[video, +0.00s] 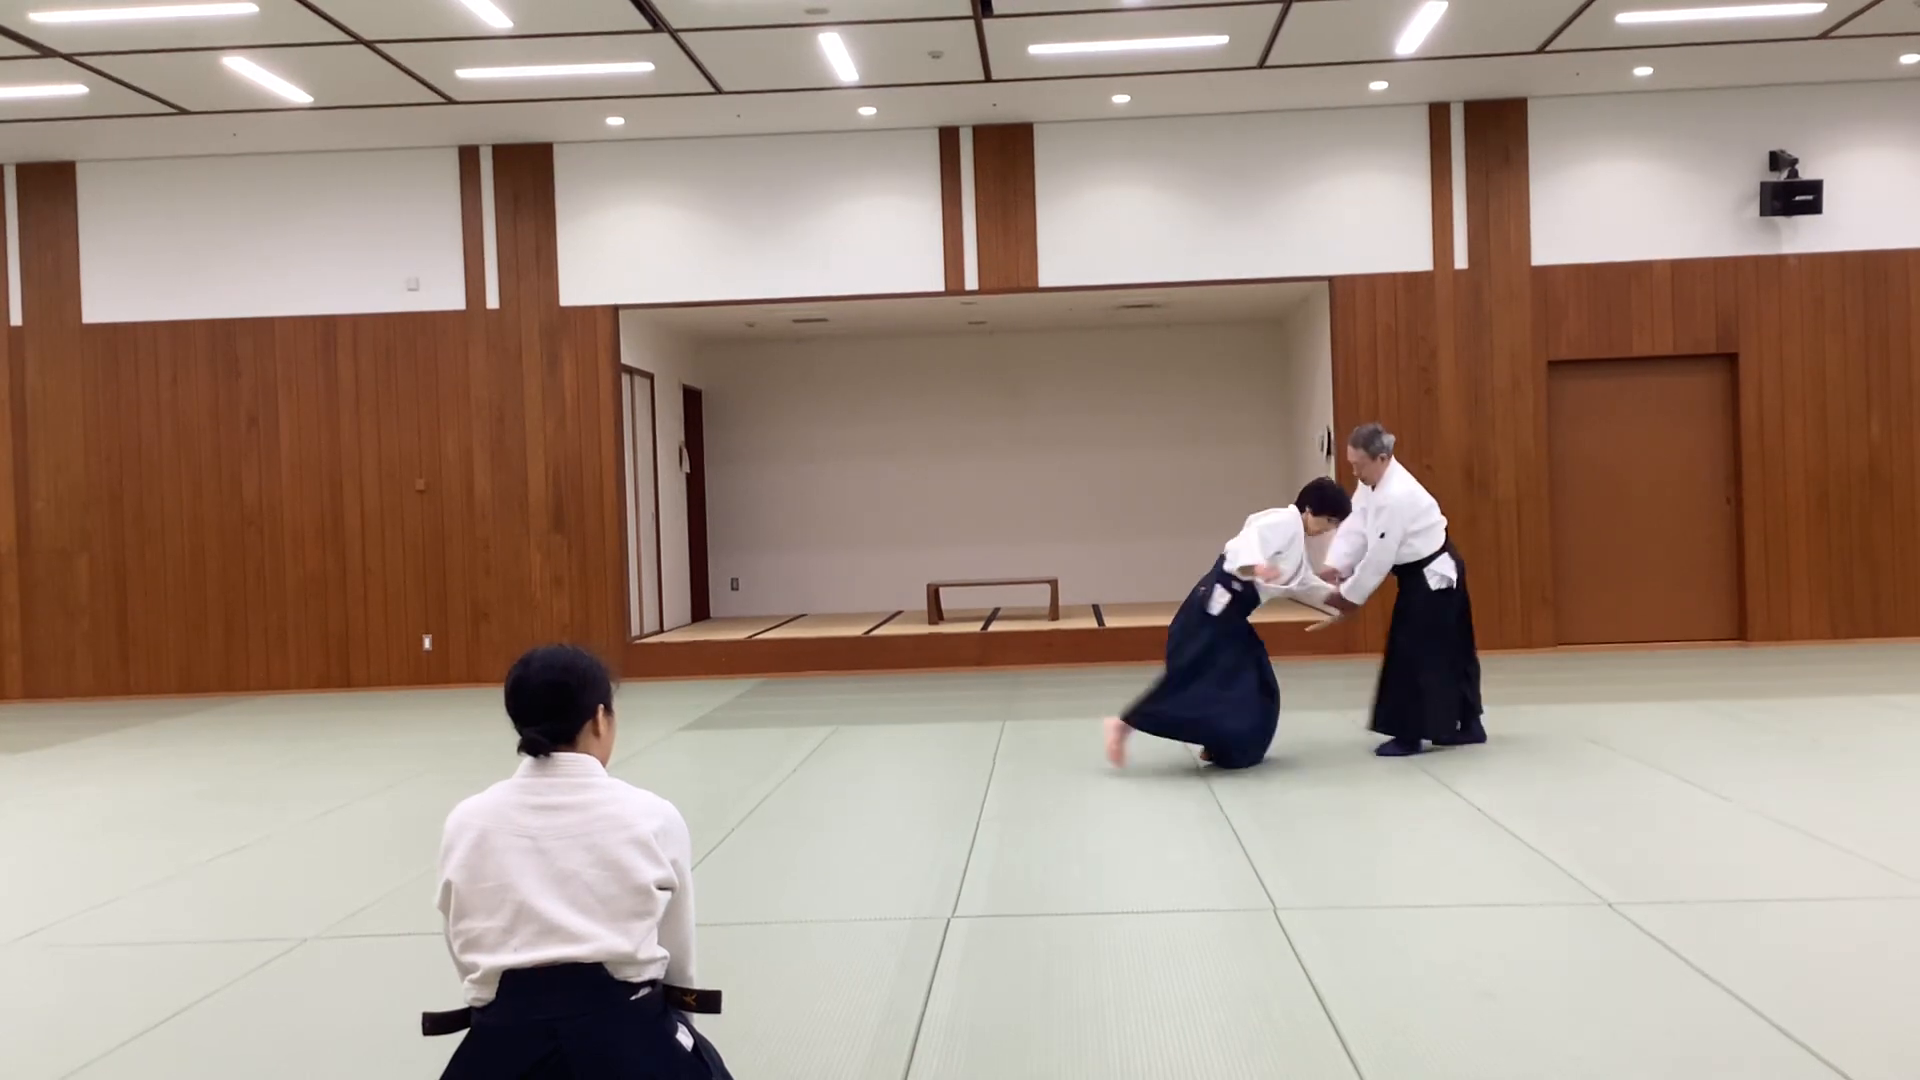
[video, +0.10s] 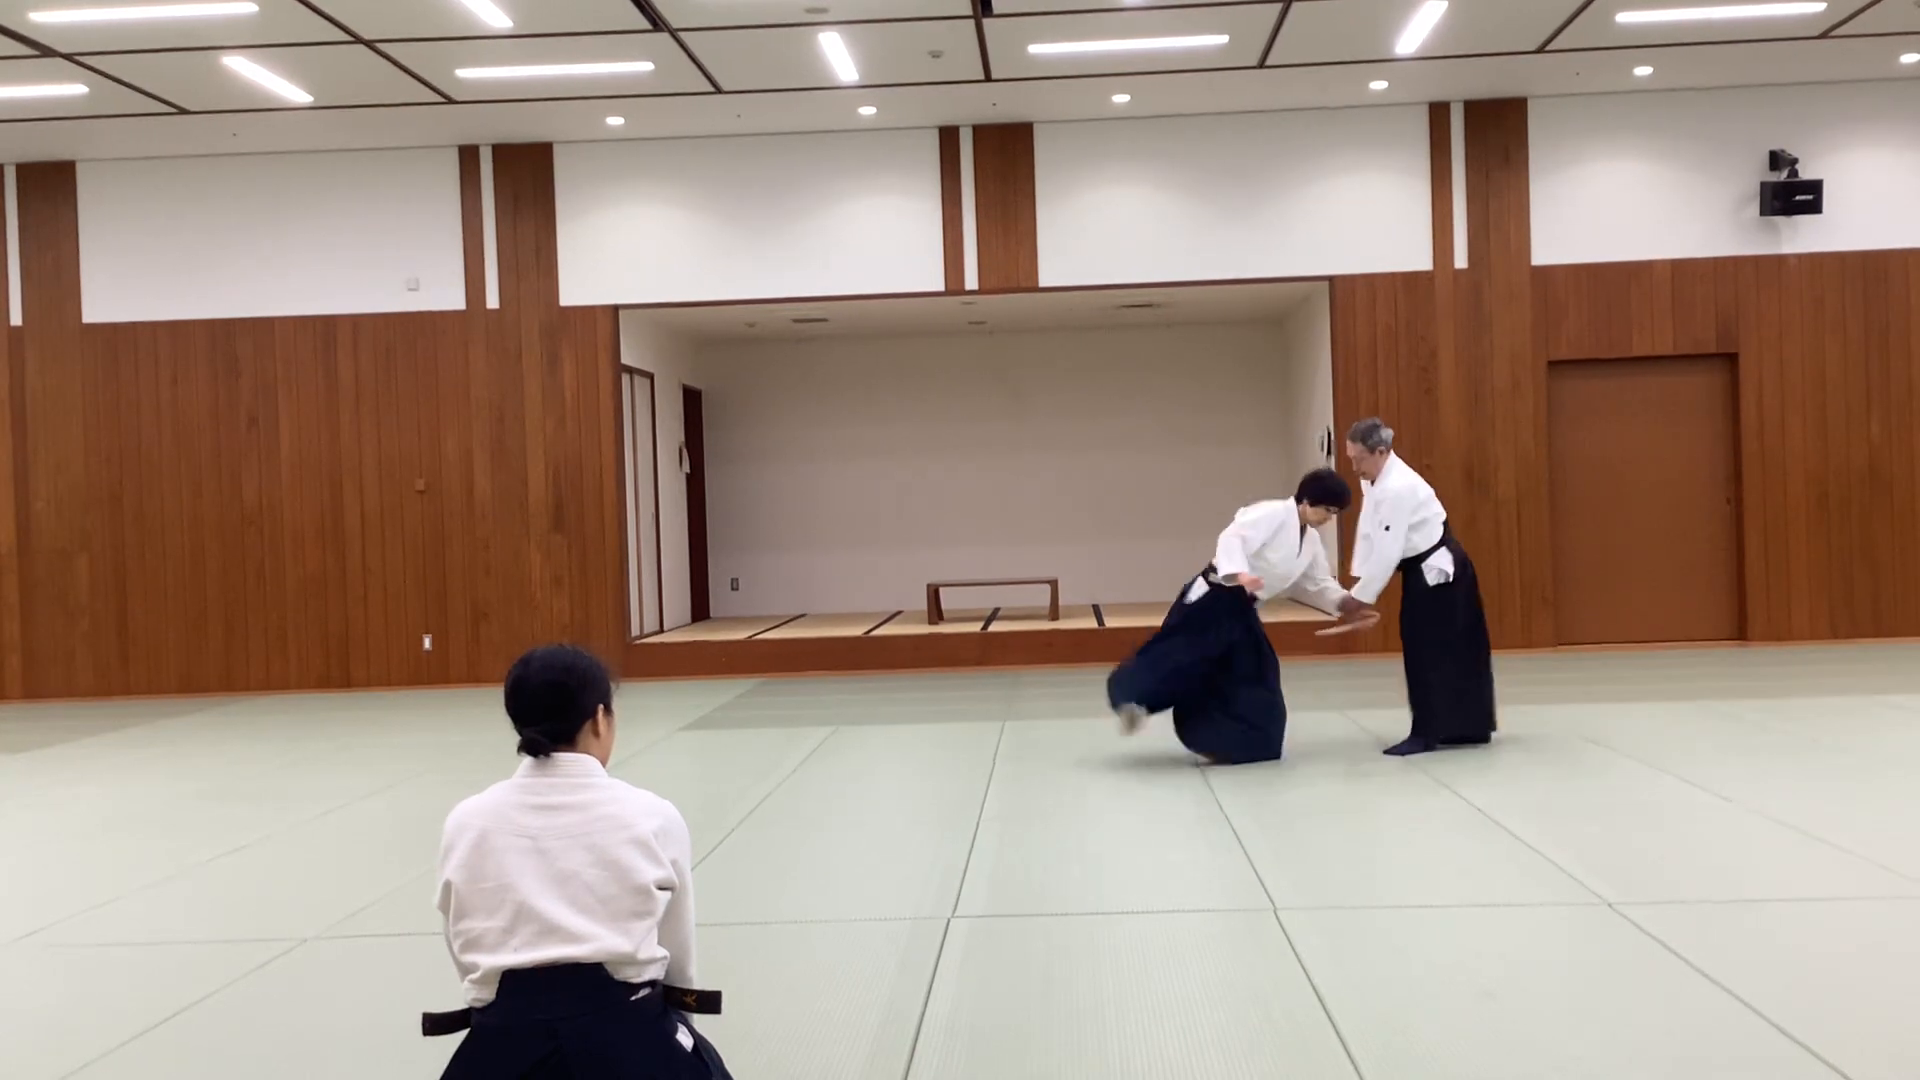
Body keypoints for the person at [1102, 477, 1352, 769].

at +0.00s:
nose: (1330, 530)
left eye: (1334, 525)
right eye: (1331, 523)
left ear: (1313, 512)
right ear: (1314, 512)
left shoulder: (1298, 538)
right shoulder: (1283, 520)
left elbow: (1298, 581)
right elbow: (1244, 542)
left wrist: (1331, 597)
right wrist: (1256, 565)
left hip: (1233, 614)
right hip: (1213, 605)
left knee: (1256, 683)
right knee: (1190, 676)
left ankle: (1219, 746)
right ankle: (1125, 724)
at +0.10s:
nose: (1330, 520)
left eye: (1334, 514)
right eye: (1328, 512)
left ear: (1318, 509)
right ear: (1309, 503)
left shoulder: (1311, 541)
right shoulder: (1275, 513)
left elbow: (1316, 583)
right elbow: (1231, 537)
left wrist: (1347, 602)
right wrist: (1241, 572)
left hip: (1244, 609)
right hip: (1217, 594)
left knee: (1259, 673)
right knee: (1194, 651)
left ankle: (1224, 744)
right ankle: (1134, 694)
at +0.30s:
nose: (1299, 501)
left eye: (1304, 495)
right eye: (1295, 494)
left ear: (1308, 492)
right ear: (1276, 486)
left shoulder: (1303, 523)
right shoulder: (1237, 508)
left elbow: (1332, 556)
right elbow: (1208, 544)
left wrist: (1355, 582)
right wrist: (1195, 583)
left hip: (1275, 599)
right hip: (1233, 595)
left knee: (1268, 660)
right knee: (1225, 657)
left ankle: (1254, 727)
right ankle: (1235, 726)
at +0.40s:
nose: (1290, 488)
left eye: (1295, 481)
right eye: (1284, 481)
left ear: (1300, 478)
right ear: (1266, 476)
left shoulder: (1303, 509)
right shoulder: (1237, 501)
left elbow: (1332, 538)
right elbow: (1210, 537)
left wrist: (1355, 562)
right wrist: (1186, 573)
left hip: (1281, 592)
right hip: (1240, 589)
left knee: (1284, 656)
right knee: (1242, 655)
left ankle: (1292, 716)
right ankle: (1267, 721)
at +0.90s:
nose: (1297, 443)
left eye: (1302, 436)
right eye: (1290, 437)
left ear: (1308, 437)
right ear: (1275, 437)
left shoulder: (1321, 470)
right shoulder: (1255, 472)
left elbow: (1333, 500)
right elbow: (1237, 515)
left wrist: (1340, 516)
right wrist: (1222, 556)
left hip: (1310, 564)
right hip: (1269, 566)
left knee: (1324, 639)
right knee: (1278, 643)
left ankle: (1336, 721)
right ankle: (1290, 721)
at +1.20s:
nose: (1300, 436)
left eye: (1306, 429)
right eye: (1293, 430)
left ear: (1315, 431)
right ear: (1281, 431)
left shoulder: (1328, 465)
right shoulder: (1264, 465)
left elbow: (1337, 515)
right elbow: (1248, 507)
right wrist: (1234, 546)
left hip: (1312, 558)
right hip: (1269, 556)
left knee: (1319, 637)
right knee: (1279, 637)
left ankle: (1335, 722)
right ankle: (1290, 719)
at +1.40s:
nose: (1291, 437)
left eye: (1298, 430)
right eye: (1284, 431)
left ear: (1310, 432)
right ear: (1276, 433)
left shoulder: (1320, 470)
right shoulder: (1262, 463)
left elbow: (1304, 517)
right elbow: (1245, 506)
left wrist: (1261, 544)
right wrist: (1232, 545)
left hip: (1301, 570)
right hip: (1264, 568)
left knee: (1300, 643)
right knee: (1268, 642)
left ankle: (1305, 718)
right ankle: (1286, 713)